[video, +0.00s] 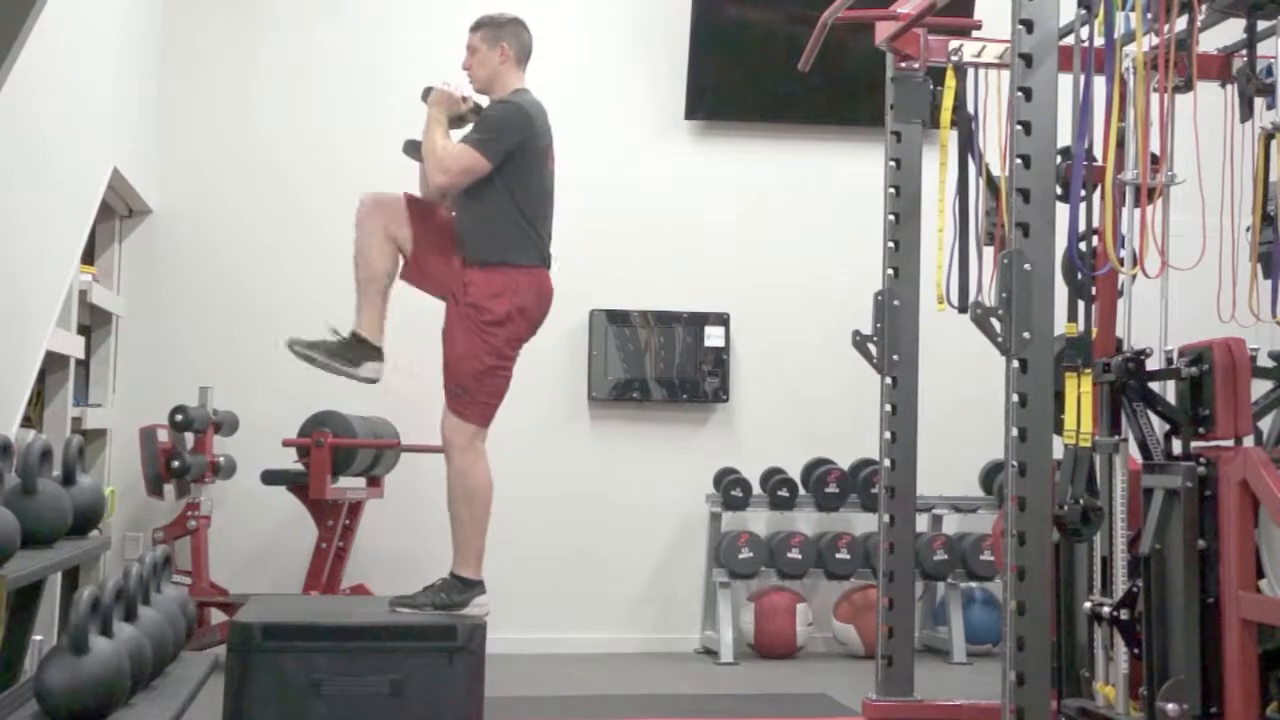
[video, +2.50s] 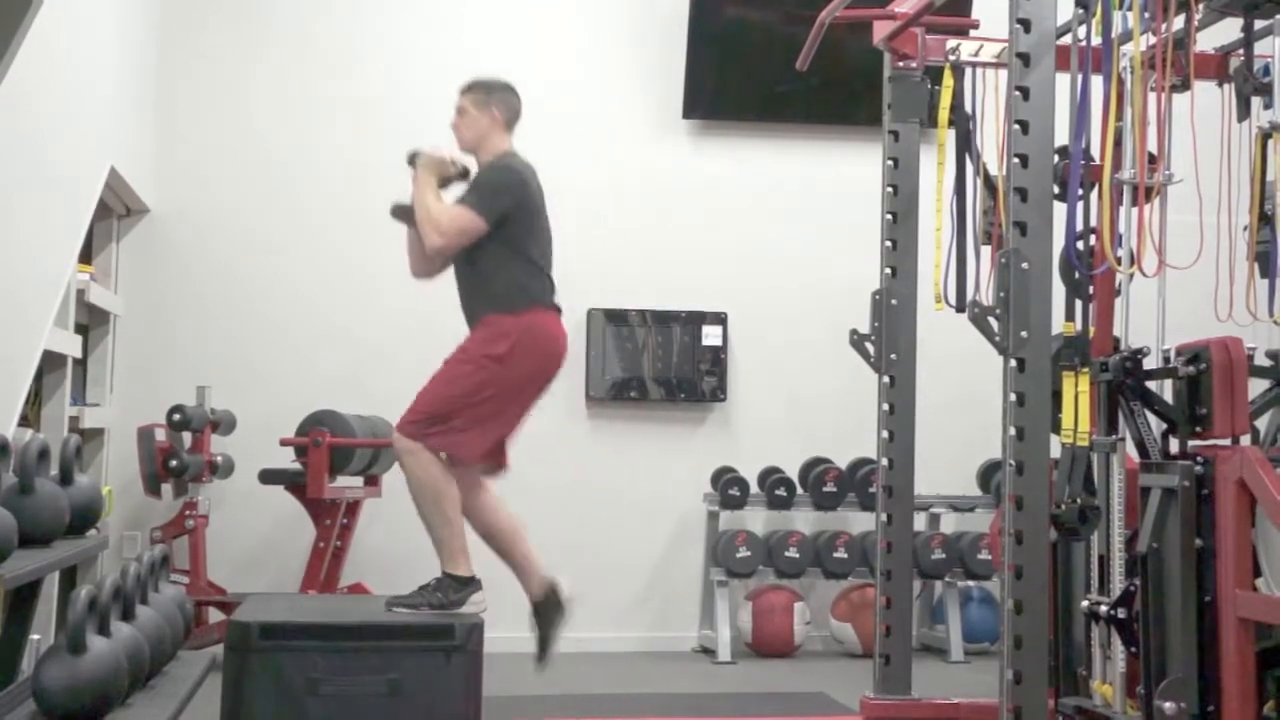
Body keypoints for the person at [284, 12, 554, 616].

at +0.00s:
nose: (464, 65)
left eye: (472, 53)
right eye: (467, 54)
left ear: (503, 53)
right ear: (507, 54)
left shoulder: (515, 112)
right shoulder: (503, 113)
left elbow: (439, 178)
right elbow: (461, 189)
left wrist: (439, 116)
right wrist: (443, 141)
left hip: (504, 284)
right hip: (473, 264)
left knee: (462, 436)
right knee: (378, 212)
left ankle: (466, 582)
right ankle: (365, 343)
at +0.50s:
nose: (472, 109)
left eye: (480, 97)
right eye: (474, 98)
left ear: (512, 98)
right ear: (511, 101)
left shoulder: (526, 159)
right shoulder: (510, 167)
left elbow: (461, 222)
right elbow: (442, 249)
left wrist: (446, 160)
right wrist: (443, 187)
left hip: (523, 322)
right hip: (541, 323)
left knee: (428, 437)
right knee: (507, 475)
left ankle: (459, 579)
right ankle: (555, 619)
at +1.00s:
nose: (534, 218)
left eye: (542, 208)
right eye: (535, 208)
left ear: (574, 213)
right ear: (569, 214)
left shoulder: (590, 271)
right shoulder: (564, 277)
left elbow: (526, 337)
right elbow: (500, 353)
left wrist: (513, 276)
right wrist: (506, 285)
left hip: (589, 420)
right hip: (597, 432)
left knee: (452, 429)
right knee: (553, 571)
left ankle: (462, 577)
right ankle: (612, 705)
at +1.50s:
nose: (558, 208)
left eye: (569, 198)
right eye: (561, 198)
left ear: (602, 204)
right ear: (595, 207)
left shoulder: (612, 258)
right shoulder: (581, 268)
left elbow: (550, 322)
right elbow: (520, 344)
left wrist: (536, 262)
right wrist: (527, 277)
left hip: (602, 411)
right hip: (602, 418)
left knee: (466, 427)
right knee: (581, 560)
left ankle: (462, 578)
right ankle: (616, 705)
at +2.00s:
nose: (532, 209)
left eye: (542, 198)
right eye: (534, 199)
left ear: (574, 203)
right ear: (569, 204)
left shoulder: (588, 260)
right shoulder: (562, 268)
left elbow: (523, 327)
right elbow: (498, 347)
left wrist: (510, 267)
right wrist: (502, 279)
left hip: (585, 413)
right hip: (591, 422)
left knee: (447, 430)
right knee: (570, 567)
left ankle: (460, 578)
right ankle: (615, 707)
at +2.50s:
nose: (453, 124)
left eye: (462, 113)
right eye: (454, 114)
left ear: (495, 116)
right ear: (493, 117)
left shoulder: (507, 174)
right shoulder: (490, 181)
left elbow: (440, 237)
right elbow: (423, 265)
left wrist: (425, 174)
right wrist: (419, 202)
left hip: (517, 331)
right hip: (520, 334)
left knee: (413, 439)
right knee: (461, 480)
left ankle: (456, 576)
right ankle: (541, 592)